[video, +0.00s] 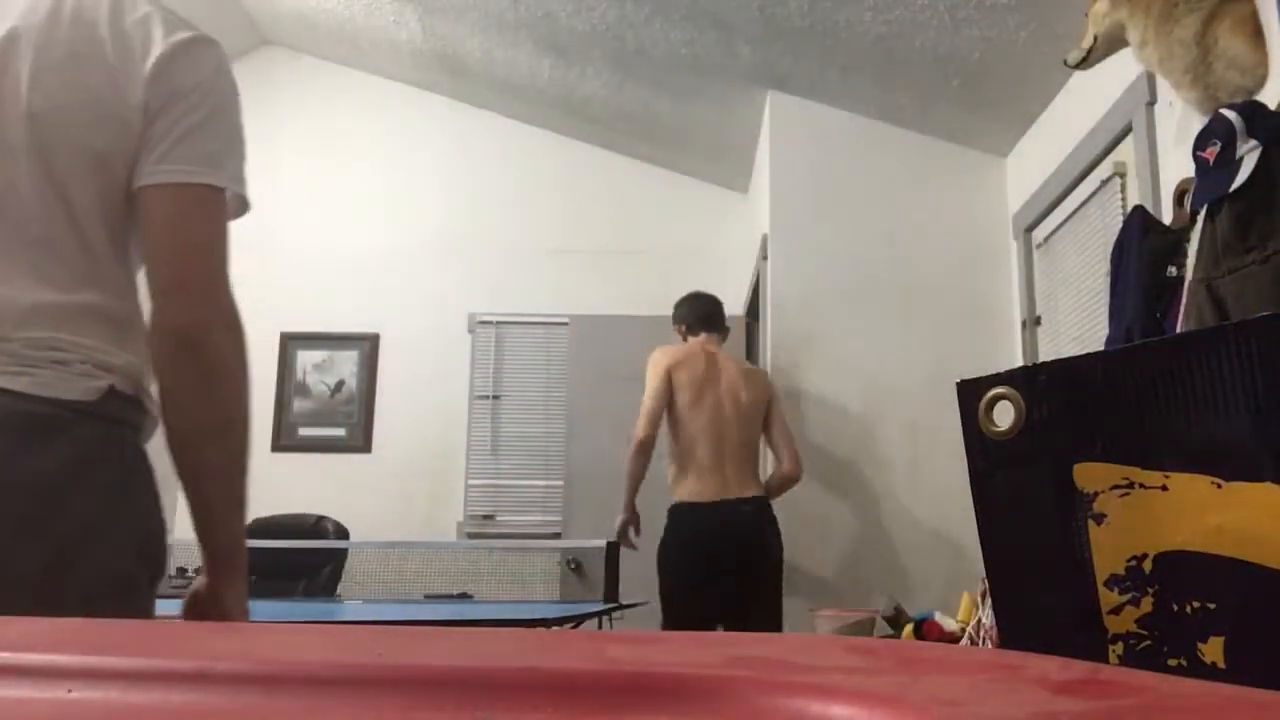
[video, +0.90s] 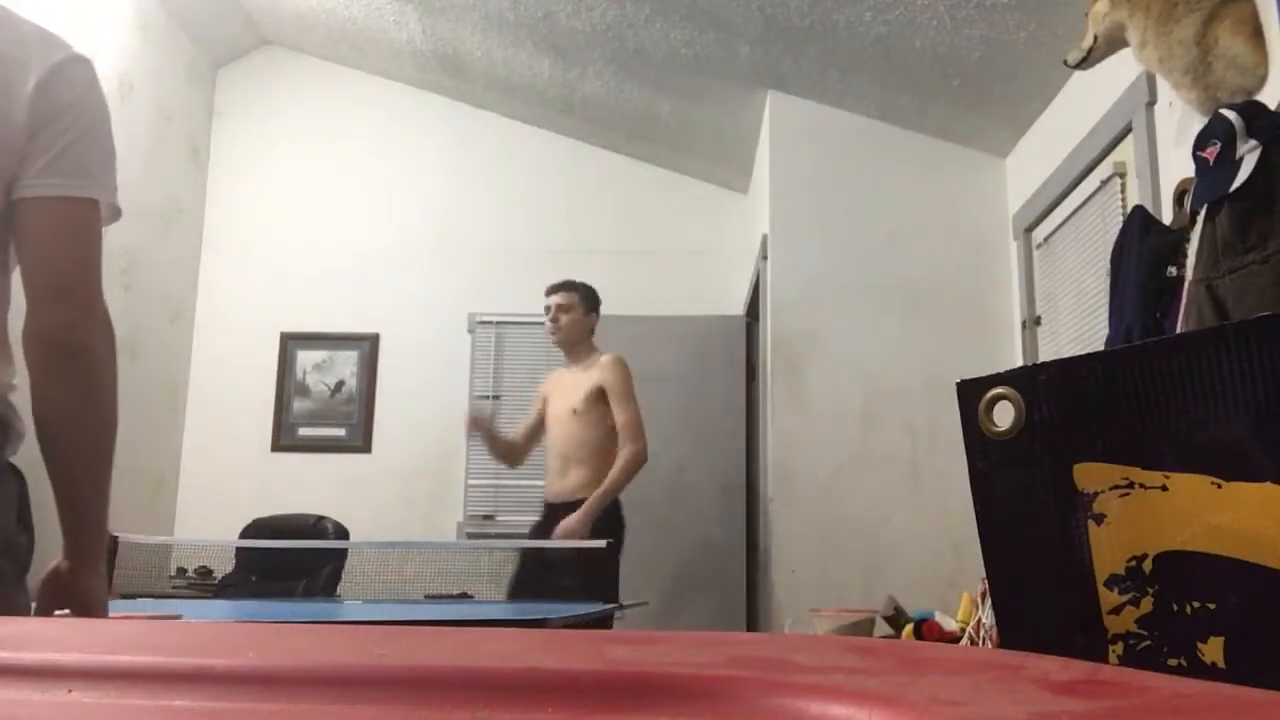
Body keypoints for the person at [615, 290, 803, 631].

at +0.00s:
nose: (676, 338)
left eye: (675, 331)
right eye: (677, 332)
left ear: (681, 329)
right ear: (724, 331)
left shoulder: (668, 358)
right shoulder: (757, 377)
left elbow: (644, 438)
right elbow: (790, 469)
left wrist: (629, 506)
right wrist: (754, 498)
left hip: (691, 529)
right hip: (754, 528)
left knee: (687, 653)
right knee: (757, 654)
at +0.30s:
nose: (647, 341)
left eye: (645, 334)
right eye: (645, 334)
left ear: (651, 332)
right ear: (690, 329)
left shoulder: (651, 362)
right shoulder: (725, 372)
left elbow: (655, 444)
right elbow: (749, 465)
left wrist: (641, 528)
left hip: (681, 517)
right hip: (734, 515)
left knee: (635, 641)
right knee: (741, 639)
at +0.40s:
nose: (625, 343)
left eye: (625, 334)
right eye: (624, 335)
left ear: (635, 333)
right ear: (669, 329)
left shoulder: (636, 366)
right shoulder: (707, 376)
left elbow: (645, 446)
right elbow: (726, 470)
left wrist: (632, 535)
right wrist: (674, 447)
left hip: (666, 522)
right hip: (718, 520)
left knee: (640, 644)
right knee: (717, 641)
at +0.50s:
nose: (594, 346)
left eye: (596, 336)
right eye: (593, 337)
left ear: (614, 332)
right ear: (635, 330)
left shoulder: (618, 366)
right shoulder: (671, 380)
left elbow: (628, 451)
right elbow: (685, 475)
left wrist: (614, 538)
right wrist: (605, 482)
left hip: (644, 523)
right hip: (683, 521)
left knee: (636, 637)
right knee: (684, 635)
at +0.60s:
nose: (570, 343)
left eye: (574, 333)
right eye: (569, 334)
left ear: (597, 331)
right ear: (599, 331)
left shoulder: (609, 364)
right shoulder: (646, 378)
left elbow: (628, 445)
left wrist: (592, 521)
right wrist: (573, 448)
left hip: (624, 518)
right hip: (652, 517)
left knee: (589, 634)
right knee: (640, 637)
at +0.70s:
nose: (558, 332)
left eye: (566, 322)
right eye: (558, 323)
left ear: (595, 324)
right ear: (592, 326)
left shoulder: (610, 363)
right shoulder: (598, 372)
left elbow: (631, 445)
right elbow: (577, 461)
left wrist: (577, 515)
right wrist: (546, 415)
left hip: (613, 519)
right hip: (600, 519)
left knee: (582, 636)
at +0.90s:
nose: (552, 318)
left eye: (563, 310)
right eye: (548, 311)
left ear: (591, 319)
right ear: (545, 319)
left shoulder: (609, 368)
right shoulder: (553, 382)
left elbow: (635, 451)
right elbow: (514, 456)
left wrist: (585, 515)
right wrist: (486, 430)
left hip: (594, 520)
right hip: (552, 519)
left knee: (587, 632)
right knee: (519, 620)